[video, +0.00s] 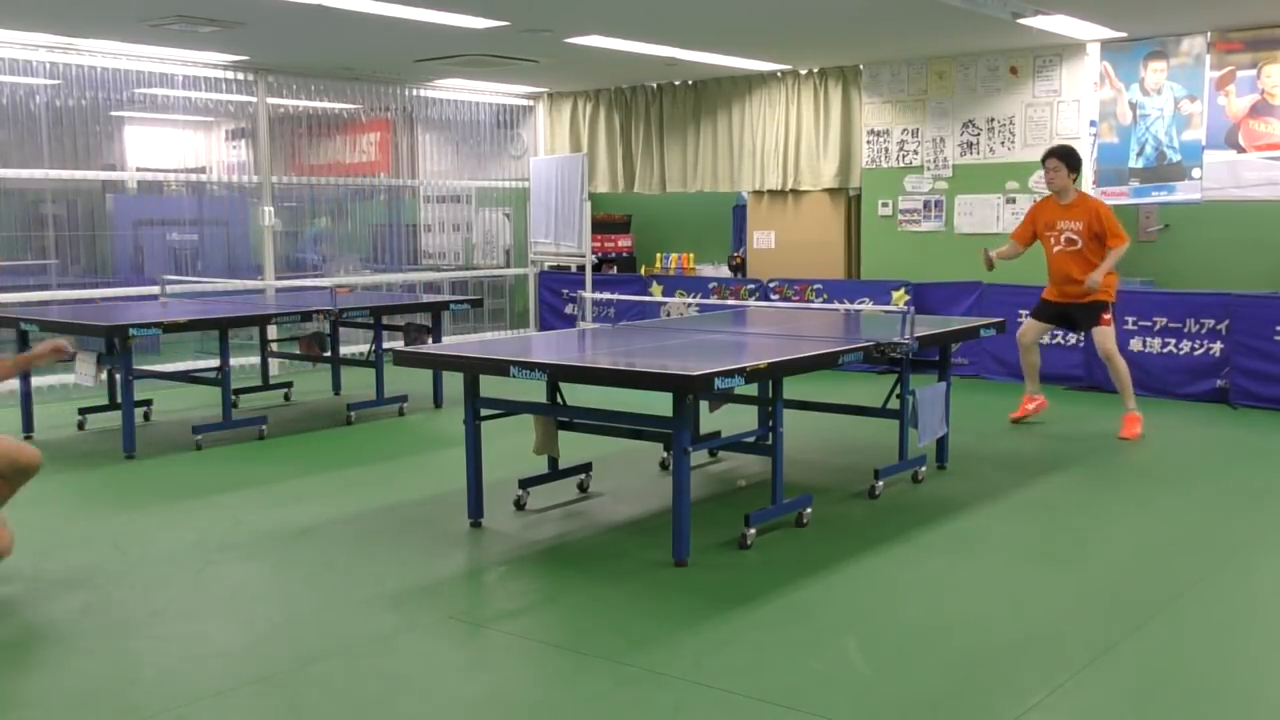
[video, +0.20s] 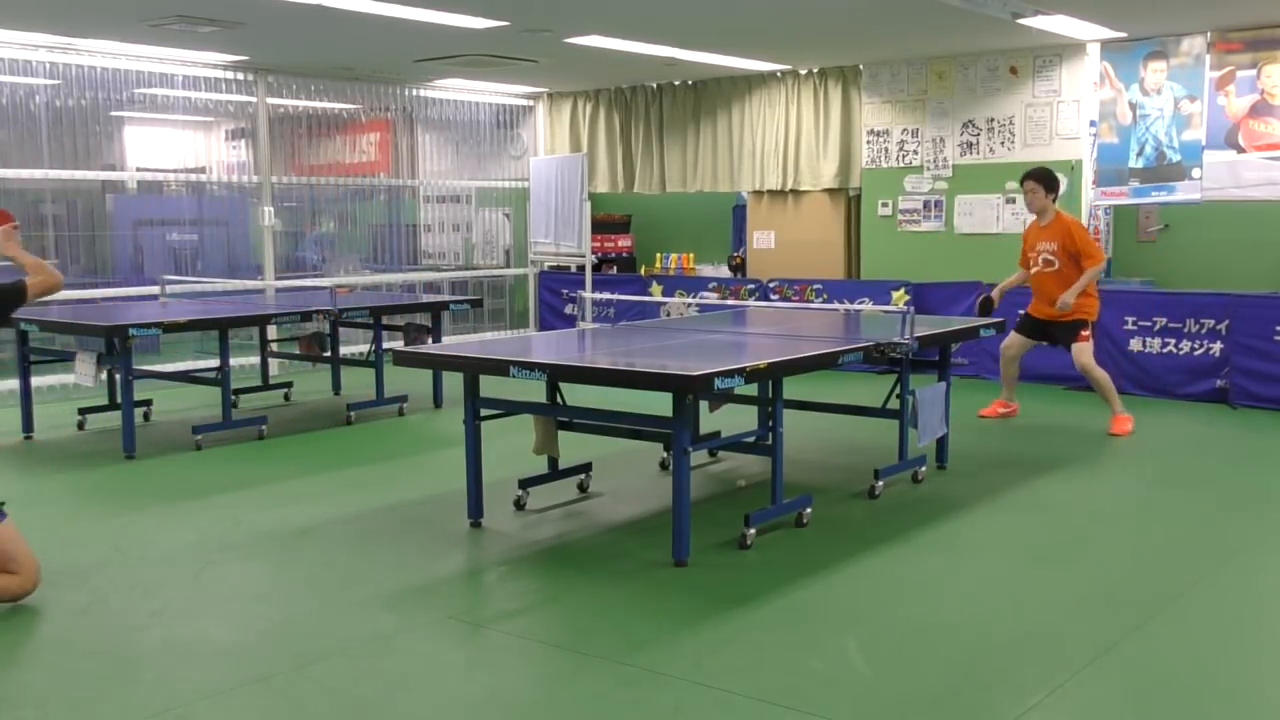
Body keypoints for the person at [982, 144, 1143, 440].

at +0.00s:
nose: (1048, 177)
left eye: (1054, 171)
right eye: (1046, 172)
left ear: (1072, 173)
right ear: (1044, 175)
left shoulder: (1095, 208)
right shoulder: (1040, 209)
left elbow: (1121, 242)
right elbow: (1017, 245)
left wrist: (1101, 271)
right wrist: (996, 255)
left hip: (1094, 295)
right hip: (1057, 295)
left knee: (1107, 350)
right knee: (1026, 338)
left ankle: (1132, 411)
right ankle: (1033, 396)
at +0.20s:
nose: (1026, 198)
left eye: (1032, 193)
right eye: (1024, 193)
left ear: (1050, 195)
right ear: (1023, 195)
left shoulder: (1071, 227)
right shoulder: (1031, 232)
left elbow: (1097, 263)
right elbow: (1026, 270)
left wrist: (1072, 292)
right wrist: (1001, 288)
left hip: (1077, 309)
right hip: (1042, 308)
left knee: (1084, 363)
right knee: (1008, 350)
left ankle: (1120, 413)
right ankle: (1008, 402)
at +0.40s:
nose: (1011, 209)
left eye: (1015, 203)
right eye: (1009, 204)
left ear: (1033, 204)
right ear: (1010, 205)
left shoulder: (1055, 232)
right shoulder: (1025, 236)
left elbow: (1089, 267)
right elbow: (1030, 269)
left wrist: (1079, 304)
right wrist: (997, 272)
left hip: (1070, 311)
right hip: (1038, 310)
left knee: (1076, 360)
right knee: (1001, 347)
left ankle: (1114, 411)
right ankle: (1007, 401)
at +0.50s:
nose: (1019, 205)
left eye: (1023, 199)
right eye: (1017, 200)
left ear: (1041, 200)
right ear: (1019, 201)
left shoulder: (1062, 229)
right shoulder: (1025, 233)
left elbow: (1091, 265)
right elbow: (1002, 258)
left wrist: (1074, 299)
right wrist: (970, 251)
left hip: (1074, 309)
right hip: (1042, 308)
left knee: (1079, 361)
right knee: (1003, 344)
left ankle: (1115, 413)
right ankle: (1007, 401)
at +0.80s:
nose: (1029, 194)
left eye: (1035, 189)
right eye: (1027, 189)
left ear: (1052, 192)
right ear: (1025, 191)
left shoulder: (1072, 225)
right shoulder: (1020, 223)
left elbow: (1102, 260)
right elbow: (987, 234)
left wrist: (1101, 295)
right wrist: (955, 221)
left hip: (1073, 304)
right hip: (1035, 302)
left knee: (1087, 352)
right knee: (1000, 344)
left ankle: (1116, 409)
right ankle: (1006, 401)